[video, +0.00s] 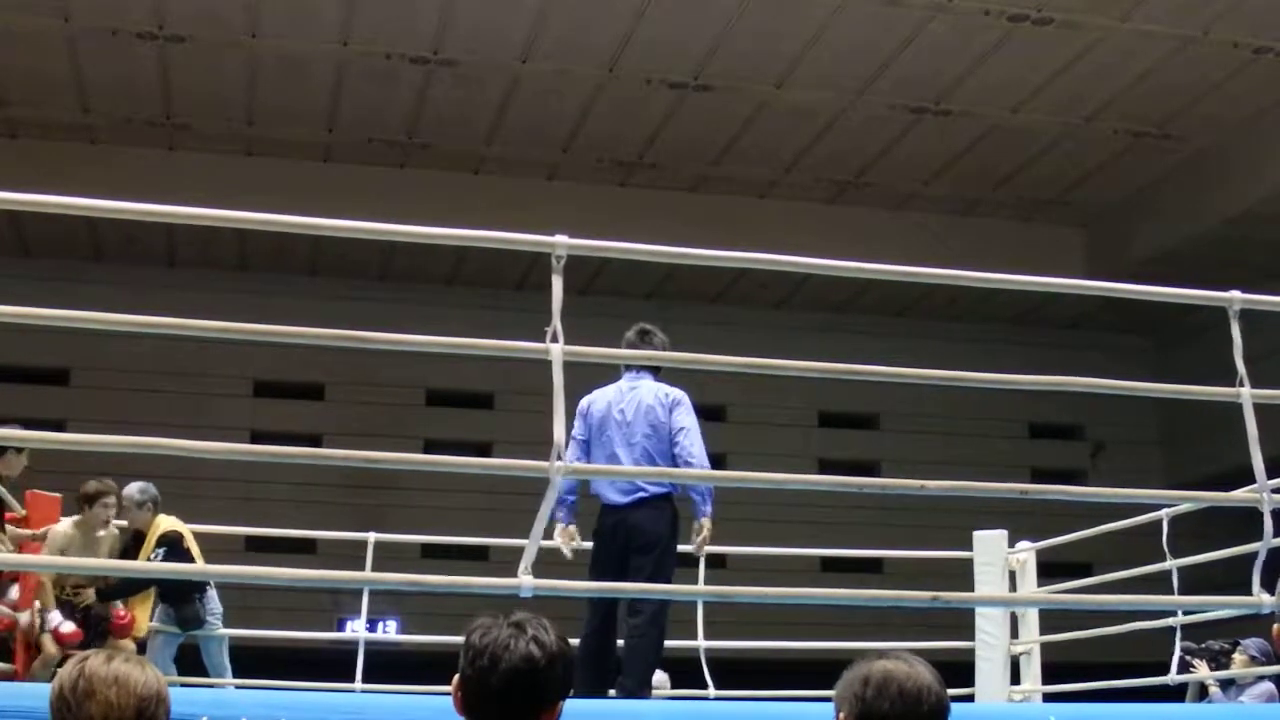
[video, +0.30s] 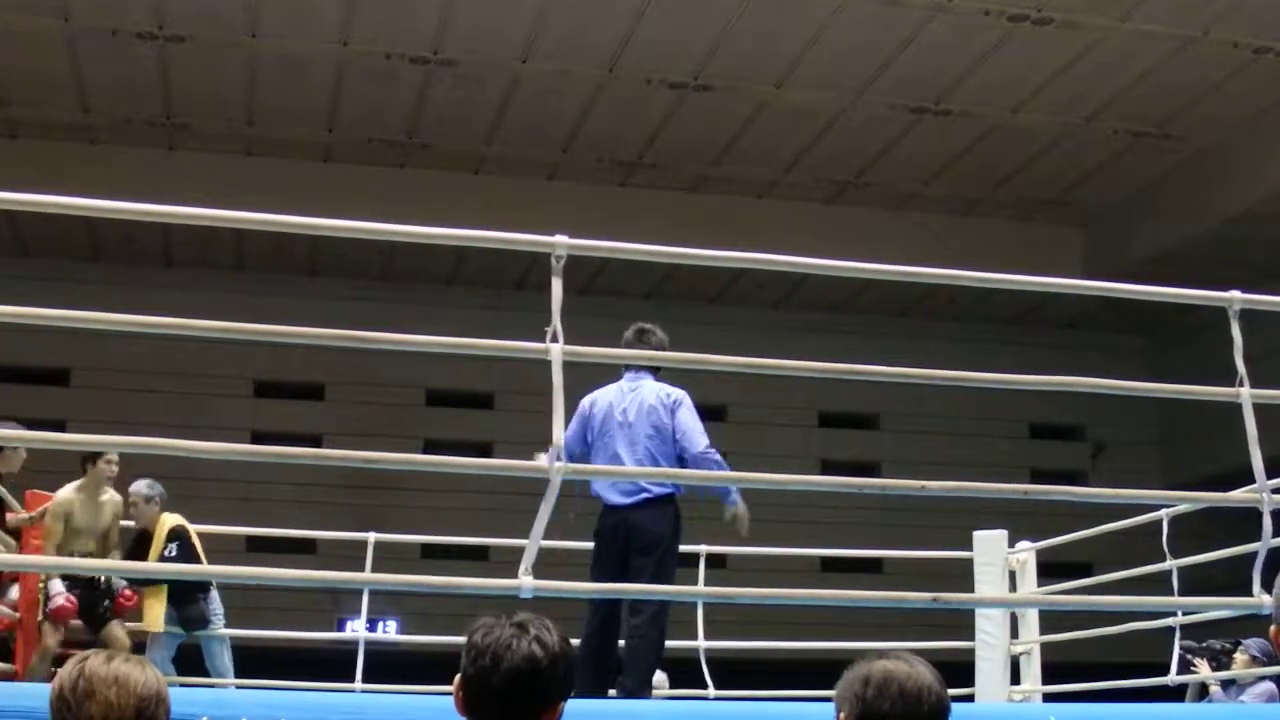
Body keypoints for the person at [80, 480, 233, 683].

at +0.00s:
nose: (123, 514)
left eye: (127, 509)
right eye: (123, 509)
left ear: (148, 509)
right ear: (145, 510)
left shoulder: (170, 534)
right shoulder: (138, 535)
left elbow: (146, 579)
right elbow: (122, 568)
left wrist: (99, 595)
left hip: (201, 600)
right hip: (170, 603)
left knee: (218, 666)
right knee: (157, 658)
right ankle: (174, 711)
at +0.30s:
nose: (130, 511)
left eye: (135, 505)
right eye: (129, 506)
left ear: (155, 504)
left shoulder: (175, 529)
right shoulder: (144, 535)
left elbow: (167, 571)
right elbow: (126, 568)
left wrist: (130, 579)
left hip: (203, 601)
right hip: (171, 604)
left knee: (219, 666)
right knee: (156, 658)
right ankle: (179, 708)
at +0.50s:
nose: (131, 523)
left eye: (134, 517)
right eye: (130, 518)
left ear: (154, 516)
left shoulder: (177, 536)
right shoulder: (145, 544)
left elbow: (186, 579)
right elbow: (144, 582)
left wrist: (150, 567)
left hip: (203, 603)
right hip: (172, 605)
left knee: (218, 665)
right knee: (156, 657)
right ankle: (174, 706)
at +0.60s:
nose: (130, 531)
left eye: (135, 526)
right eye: (129, 526)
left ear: (155, 524)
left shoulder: (176, 541)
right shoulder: (144, 549)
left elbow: (201, 587)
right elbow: (136, 581)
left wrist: (156, 577)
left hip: (205, 604)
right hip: (175, 605)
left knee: (219, 667)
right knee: (155, 658)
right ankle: (175, 705)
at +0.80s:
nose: (129, 552)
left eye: (134, 547)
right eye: (128, 547)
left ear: (153, 542)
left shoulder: (178, 555)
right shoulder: (144, 561)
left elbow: (205, 594)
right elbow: (133, 595)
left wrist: (164, 591)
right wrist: (106, 612)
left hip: (209, 609)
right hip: (179, 611)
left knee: (216, 670)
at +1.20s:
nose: (131, 575)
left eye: (135, 568)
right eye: (129, 569)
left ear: (149, 561)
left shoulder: (170, 568)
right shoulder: (151, 579)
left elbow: (204, 604)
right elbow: (140, 603)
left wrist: (167, 610)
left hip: (223, 615)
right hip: (190, 617)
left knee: (216, 672)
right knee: (161, 658)